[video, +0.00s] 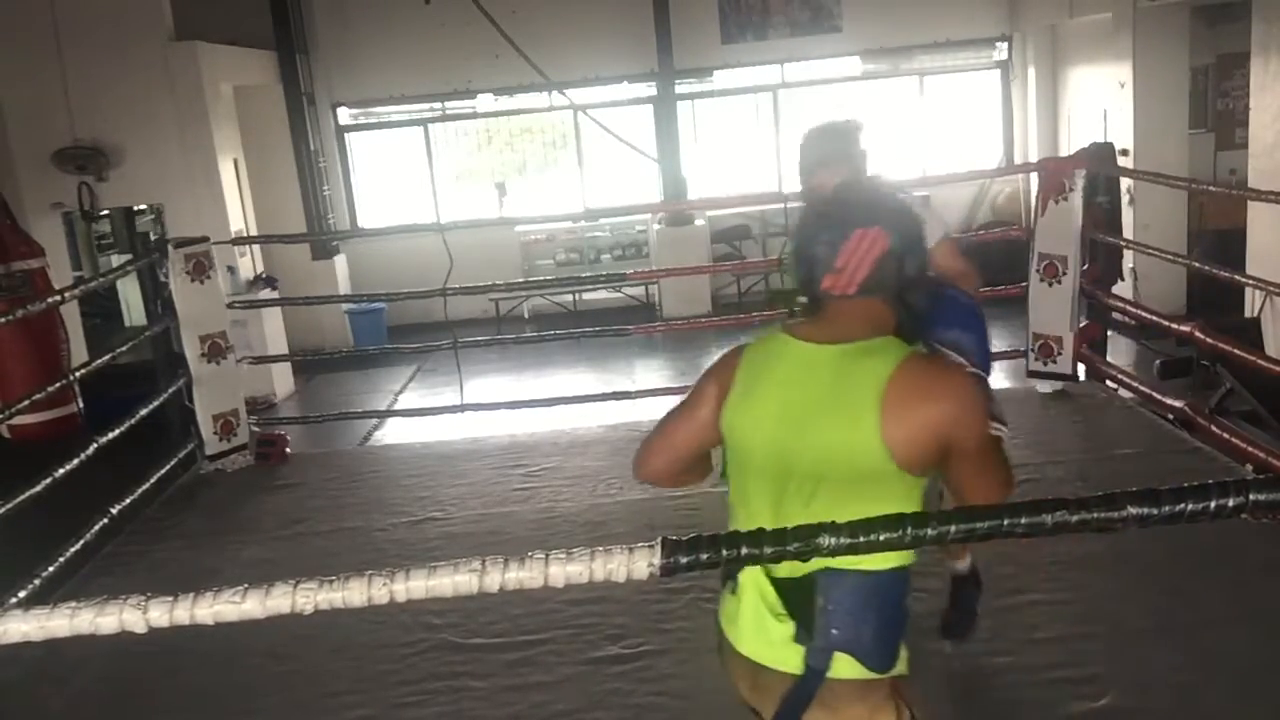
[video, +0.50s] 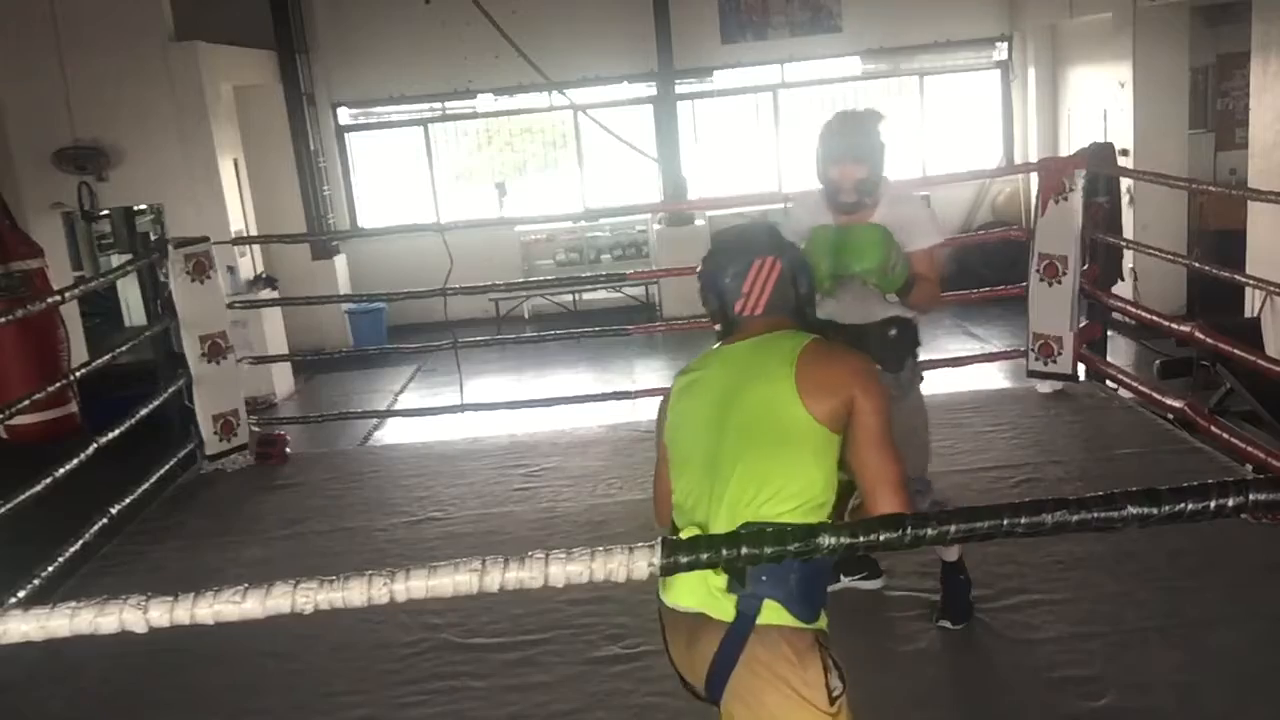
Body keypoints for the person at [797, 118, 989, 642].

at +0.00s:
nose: (821, 189)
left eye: (830, 175)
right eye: (812, 177)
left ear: (852, 167)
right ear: (806, 176)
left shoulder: (896, 215)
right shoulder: (809, 235)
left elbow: (964, 273)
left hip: (918, 339)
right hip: (842, 354)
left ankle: (962, 572)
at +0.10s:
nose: (862, 172)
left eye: (871, 159)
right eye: (850, 161)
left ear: (886, 159)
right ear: (831, 167)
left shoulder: (918, 215)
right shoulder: (824, 226)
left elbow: (964, 283)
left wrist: (945, 332)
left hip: (919, 351)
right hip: (848, 352)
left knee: (947, 462)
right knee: (862, 464)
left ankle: (958, 569)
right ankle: (877, 560)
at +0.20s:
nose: (879, 184)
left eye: (893, 173)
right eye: (869, 170)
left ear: (914, 175)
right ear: (853, 169)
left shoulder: (933, 224)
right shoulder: (840, 222)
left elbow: (957, 297)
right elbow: (826, 284)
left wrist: (937, 334)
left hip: (918, 351)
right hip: (856, 349)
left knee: (925, 458)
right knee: (854, 451)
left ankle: (956, 569)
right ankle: (870, 538)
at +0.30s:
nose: (884, 174)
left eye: (897, 163)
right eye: (873, 161)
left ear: (915, 164)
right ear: (855, 159)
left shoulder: (936, 212)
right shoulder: (828, 210)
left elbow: (942, 297)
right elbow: (809, 280)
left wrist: (911, 287)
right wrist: (845, 284)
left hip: (912, 352)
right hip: (844, 351)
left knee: (935, 467)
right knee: (826, 457)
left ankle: (955, 568)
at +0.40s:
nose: (867, 175)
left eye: (880, 163)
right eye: (855, 162)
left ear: (900, 157)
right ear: (840, 156)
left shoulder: (926, 206)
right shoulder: (814, 206)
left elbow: (936, 292)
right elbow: (789, 278)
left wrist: (901, 270)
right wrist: (826, 262)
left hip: (900, 355)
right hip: (830, 353)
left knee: (923, 477)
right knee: (829, 471)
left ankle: (954, 570)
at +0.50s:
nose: (848, 189)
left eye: (860, 178)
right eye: (837, 176)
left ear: (878, 169)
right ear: (821, 168)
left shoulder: (908, 211)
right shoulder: (801, 214)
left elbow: (929, 288)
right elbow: (782, 280)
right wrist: (817, 302)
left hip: (889, 362)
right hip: (824, 360)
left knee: (909, 476)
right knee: (839, 464)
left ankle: (953, 571)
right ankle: (858, 554)